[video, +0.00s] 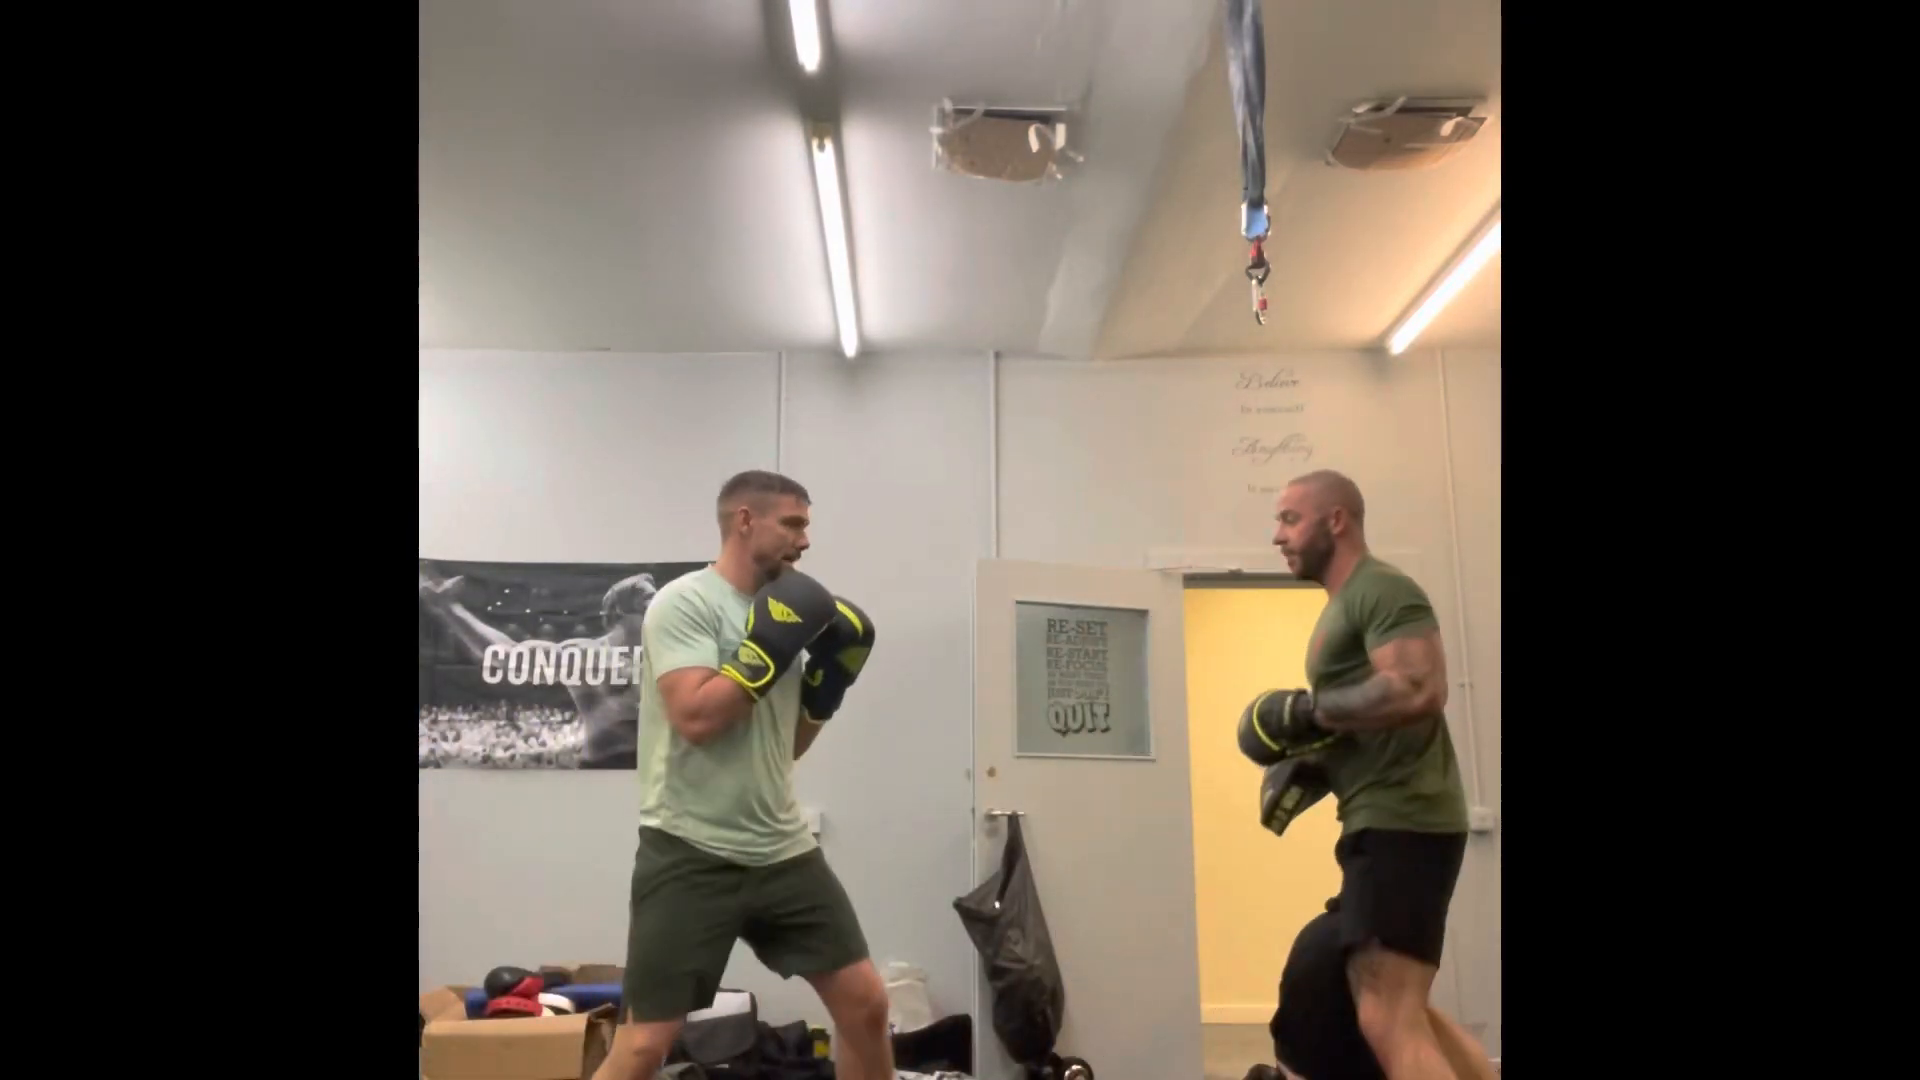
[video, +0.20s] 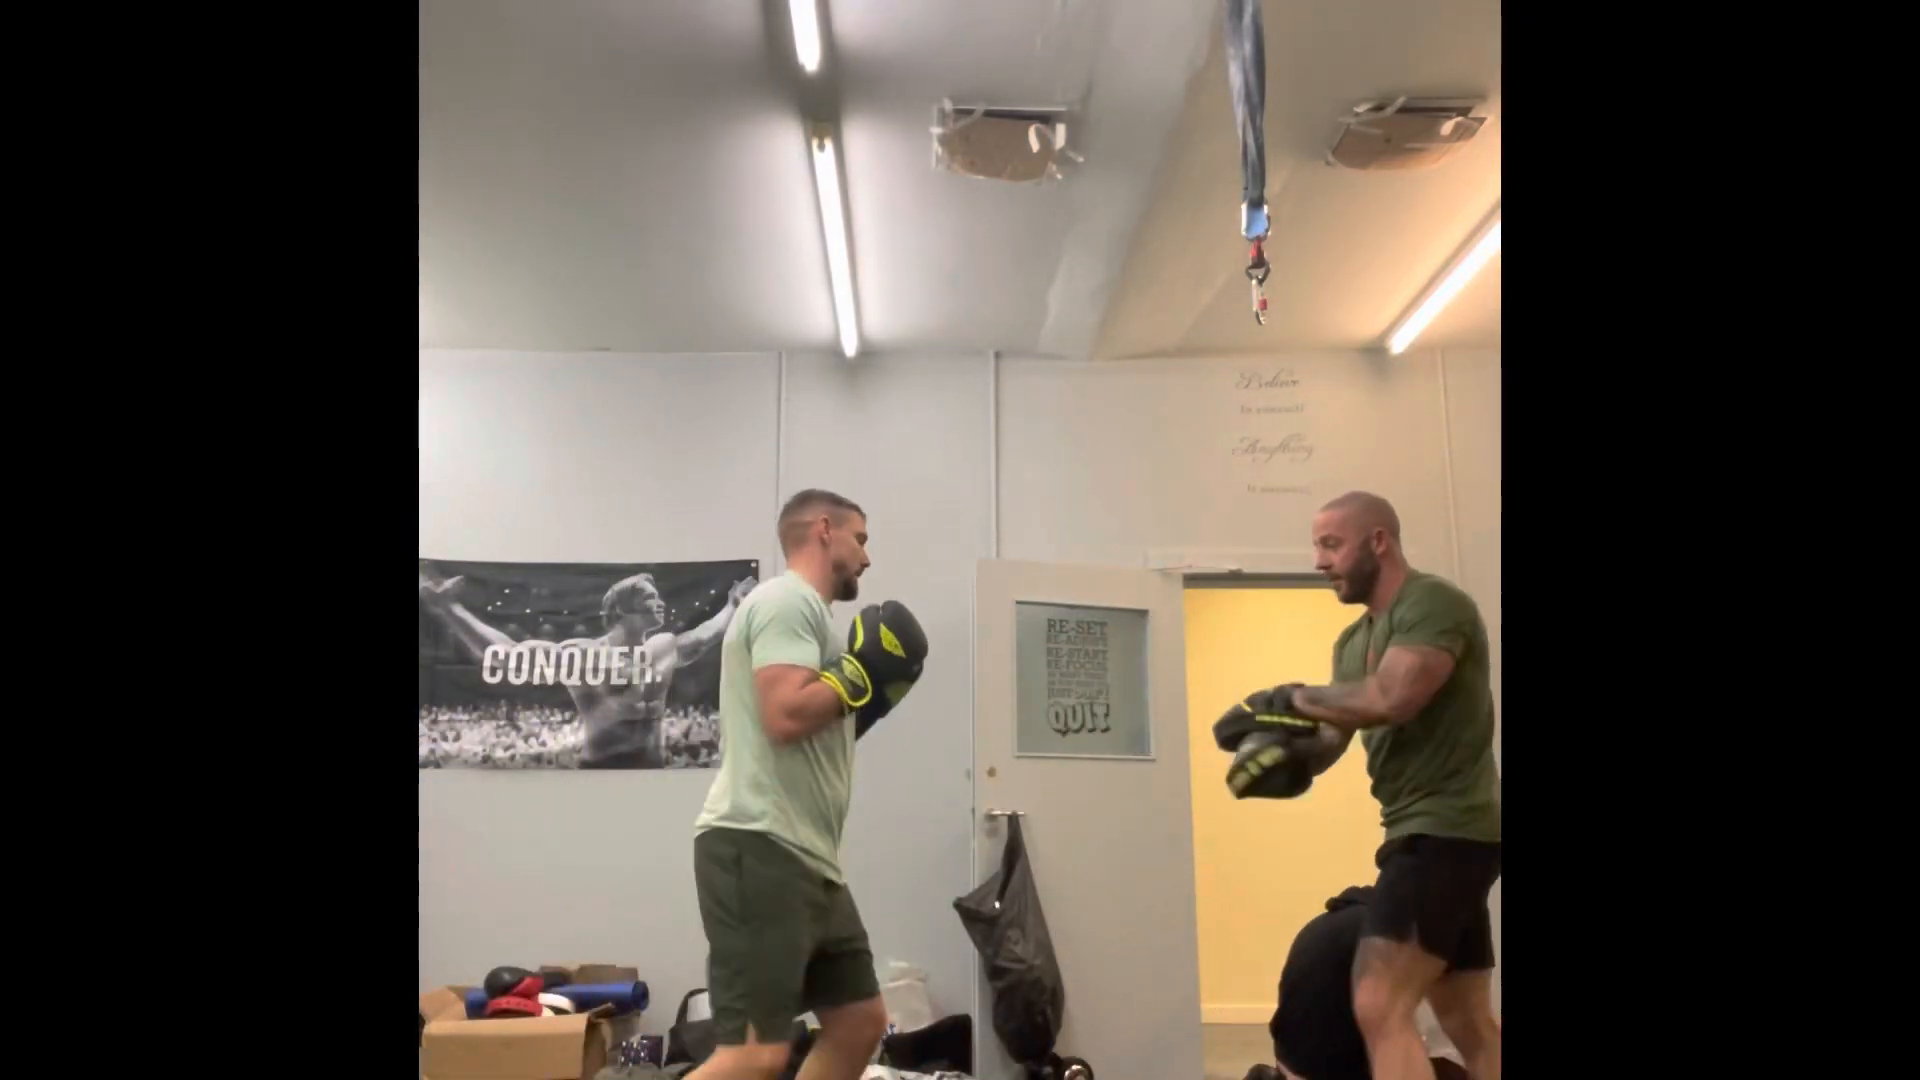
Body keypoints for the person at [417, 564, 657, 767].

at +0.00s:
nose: (656, 609)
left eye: (655, 602)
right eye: (647, 603)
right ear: (620, 612)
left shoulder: (665, 651)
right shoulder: (581, 655)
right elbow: (508, 653)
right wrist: (448, 607)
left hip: (657, 763)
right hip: (607, 764)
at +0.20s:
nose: (661, 607)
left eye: (659, 600)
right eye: (651, 601)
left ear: (650, 609)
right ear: (625, 611)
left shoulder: (666, 648)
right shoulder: (581, 654)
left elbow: (712, 632)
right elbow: (505, 652)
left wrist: (735, 602)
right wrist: (449, 608)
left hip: (651, 776)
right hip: (598, 777)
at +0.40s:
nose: (661, 606)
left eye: (659, 599)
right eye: (650, 600)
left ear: (652, 611)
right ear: (622, 611)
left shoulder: (665, 649)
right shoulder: (581, 655)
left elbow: (709, 633)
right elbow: (509, 653)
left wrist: (736, 605)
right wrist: (450, 608)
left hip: (651, 775)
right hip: (599, 776)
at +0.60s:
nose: (663, 609)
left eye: (661, 601)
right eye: (652, 602)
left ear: (650, 611)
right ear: (625, 612)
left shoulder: (665, 648)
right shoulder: (579, 655)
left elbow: (710, 633)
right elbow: (506, 652)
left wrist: (737, 604)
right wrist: (449, 608)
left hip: (651, 773)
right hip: (599, 775)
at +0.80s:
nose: (663, 609)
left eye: (661, 601)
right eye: (653, 602)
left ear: (650, 610)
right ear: (625, 612)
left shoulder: (665, 648)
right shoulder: (579, 655)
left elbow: (709, 634)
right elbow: (506, 652)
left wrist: (736, 604)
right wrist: (449, 608)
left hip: (651, 773)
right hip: (599, 774)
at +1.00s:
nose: (663, 608)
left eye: (661, 601)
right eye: (653, 602)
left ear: (649, 611)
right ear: (625, 612)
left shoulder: (665, 648)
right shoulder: (580, 655)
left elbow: (709, 634)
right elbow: (506, 652)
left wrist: (736, 604)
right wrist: (449, 608)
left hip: (652, 772)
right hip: (600, 774)